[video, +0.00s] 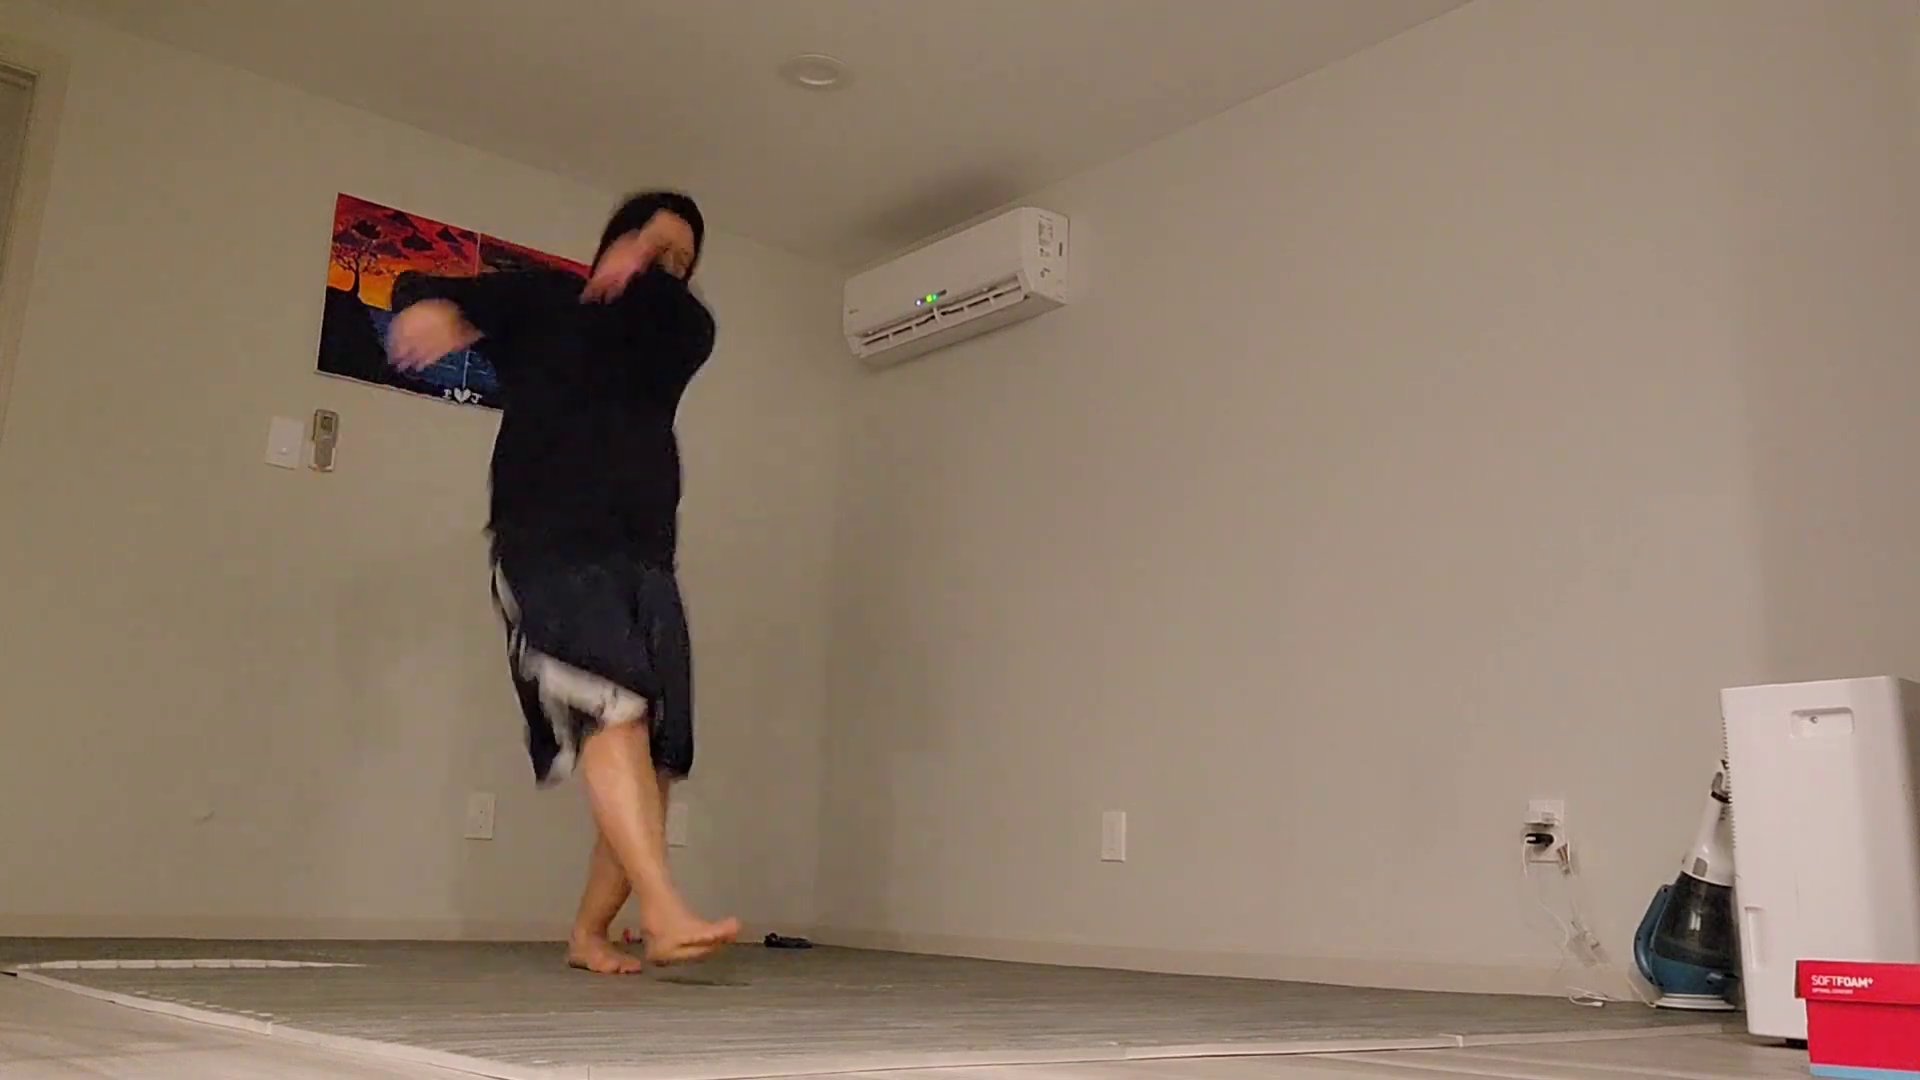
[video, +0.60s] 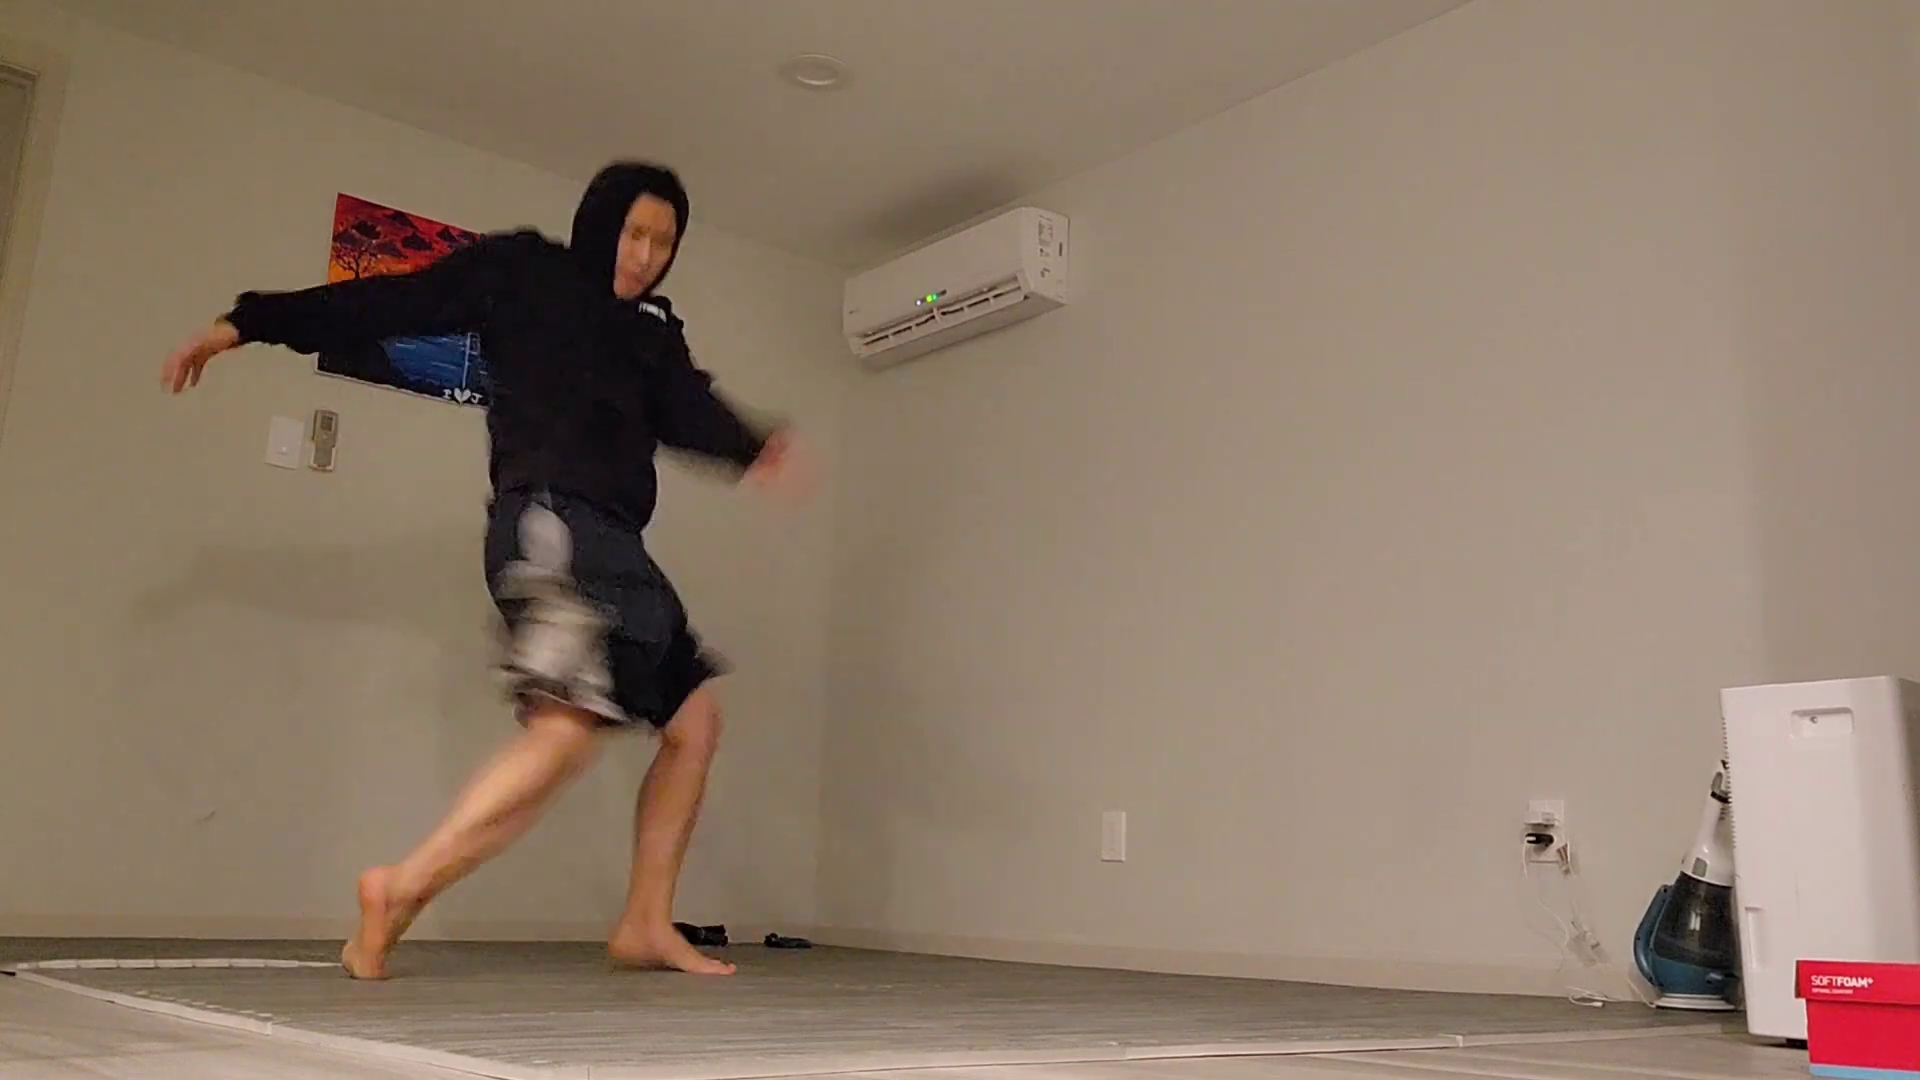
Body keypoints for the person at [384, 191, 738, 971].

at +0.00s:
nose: (653, 258)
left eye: (675, 252)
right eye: (648, 240)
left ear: (687, 268)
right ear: (615, 240)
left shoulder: (679, 326)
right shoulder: (542, 295)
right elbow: (449, 296)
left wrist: (644, 250)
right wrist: (437, 313)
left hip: (642, 546)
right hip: (548, 536)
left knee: (651, 745)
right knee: (613, 715)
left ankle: (590, 930)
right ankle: (663, 913)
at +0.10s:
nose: (643, 265)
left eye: (658, 256)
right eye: (631, 247)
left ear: (666, 268)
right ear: (596, 247)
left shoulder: (666, 337)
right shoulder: (526, 326)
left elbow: (736, 305)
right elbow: (417, 296)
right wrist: (510, 267)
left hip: (635, 561)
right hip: (537, 554)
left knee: (649, 765)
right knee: (563, 727)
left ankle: (591, 927)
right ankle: (558, 928)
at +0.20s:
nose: (596, 252)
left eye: (610, 238)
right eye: (582, 236)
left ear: (624, 242)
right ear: (547, 230)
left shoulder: (659, 314)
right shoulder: (498, 301)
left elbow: (773, 337)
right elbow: (471, 302)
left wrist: (886, 351)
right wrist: (567, 217)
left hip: (629, 560)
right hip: (513, 550)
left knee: (626, 740)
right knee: (460, 712)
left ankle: (634, 899)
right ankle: (416, 909)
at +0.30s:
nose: (598, 248)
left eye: (604, 234)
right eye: (586, 231)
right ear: (543, 229)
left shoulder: (629, 312)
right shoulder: (478, 291)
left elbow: (705, 381)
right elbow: (513, 307)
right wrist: (586, 224)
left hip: (610, 558)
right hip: (502, 556)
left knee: (566, 729)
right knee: (421, 726)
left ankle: (661, 894)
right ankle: (392, 930)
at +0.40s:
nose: (620, 237)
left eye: (632, 224)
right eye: (606, 219)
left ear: (640, 231)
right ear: (563, 214)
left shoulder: (639, 309)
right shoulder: (494, 268)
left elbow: (663, 424)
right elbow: (418, 323)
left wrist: (693, 522)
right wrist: (504, 306)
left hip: (610, 534)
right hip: (498, 530)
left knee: (646, 700)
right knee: (443, 723)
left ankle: (653, 897)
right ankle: (385, 914)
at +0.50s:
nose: (641, 230)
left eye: (657, 219)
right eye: (630, 210)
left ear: (667, 228)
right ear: (593, 199)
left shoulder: (653, 315)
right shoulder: (517, 249)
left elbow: (668, 441)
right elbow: (406, 296)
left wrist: (700, 544)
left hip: (621, 539)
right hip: (524, 522)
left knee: (721, 680)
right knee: (507, 699)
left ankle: (673, 886)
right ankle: (333, 866)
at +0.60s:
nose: (648, 256)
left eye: (663, 242)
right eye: (636, 234)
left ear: (673, 250)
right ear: (596, 225)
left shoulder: (653, 331)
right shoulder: (523, 269)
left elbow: (688, 414)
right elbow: (387, 304)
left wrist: (751, 443)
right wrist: (244, 324)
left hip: (616, 536)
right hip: (544, 516)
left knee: (695, 716)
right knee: (569, 727)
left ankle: (649, 923)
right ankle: (397, 892)